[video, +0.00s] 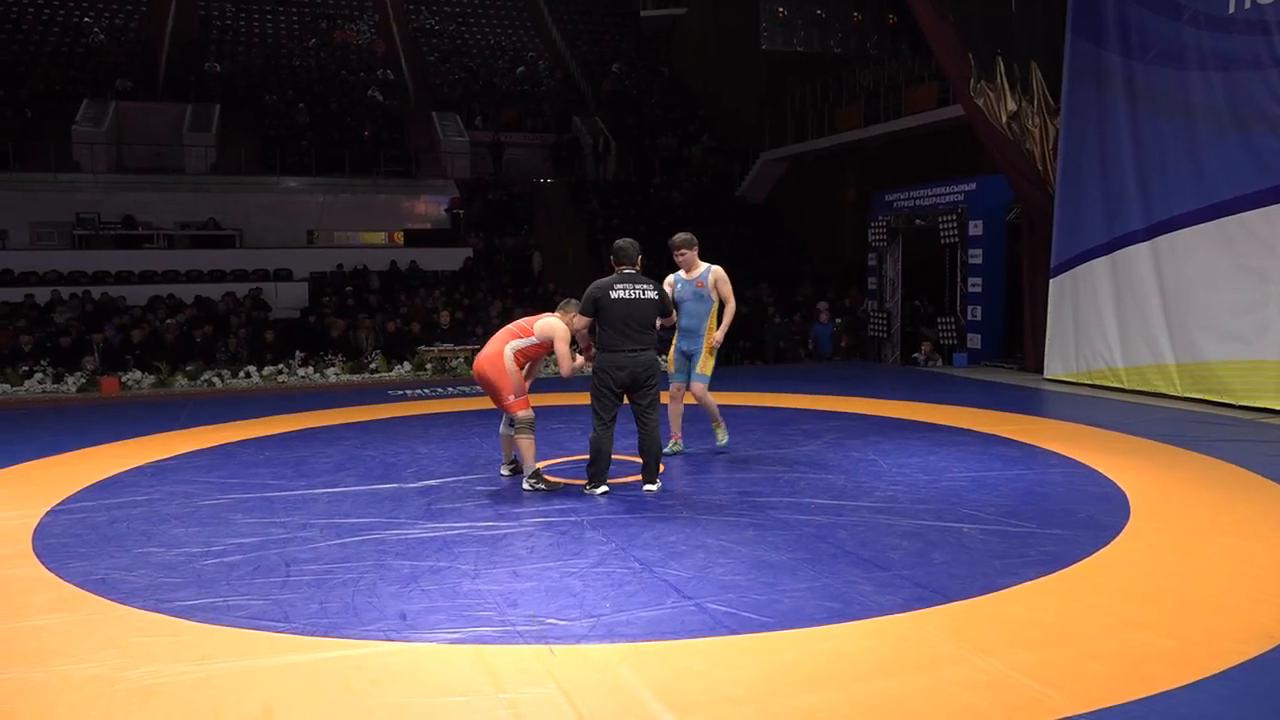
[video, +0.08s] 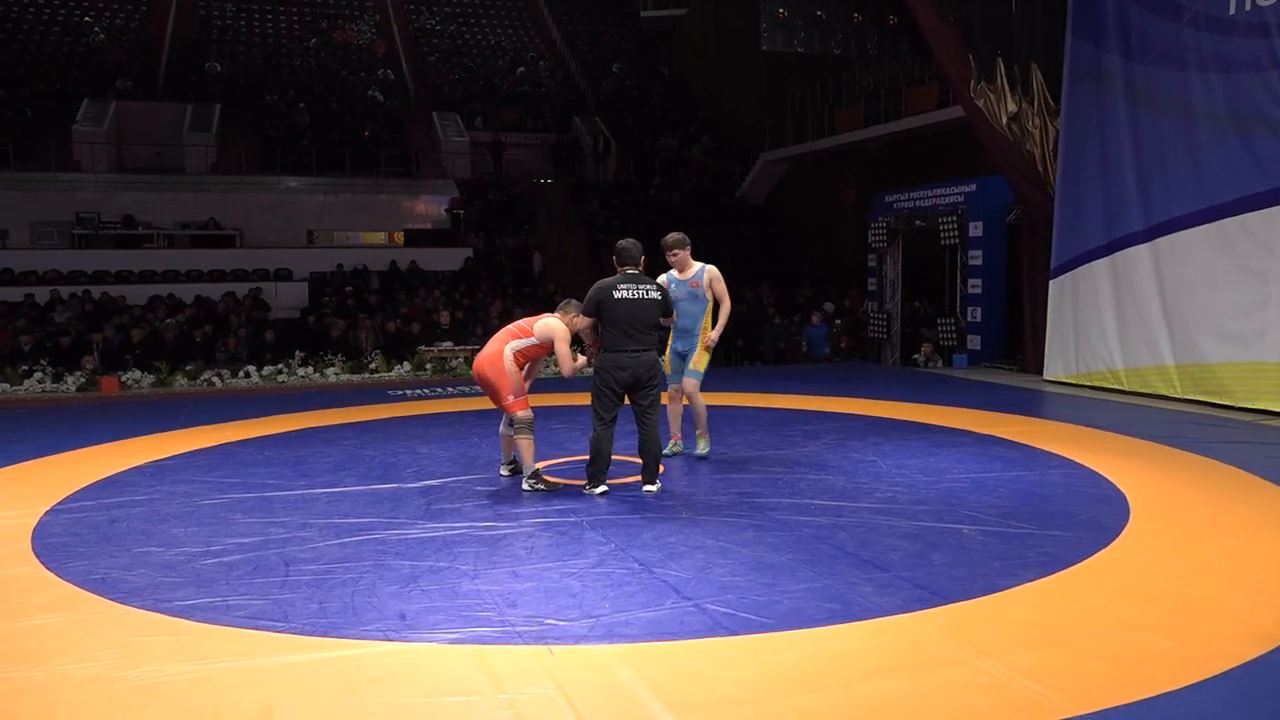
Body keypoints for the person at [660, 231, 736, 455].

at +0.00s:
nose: (678, 259)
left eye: (682, 254)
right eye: (675, 255)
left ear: (695, 251)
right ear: (673, 256)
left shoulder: (715, 273)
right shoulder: (671, 280)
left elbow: (730, 303)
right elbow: (668, 314)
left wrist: (721, 331)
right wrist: (661, 319)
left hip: (704, 343)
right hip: (679, 343)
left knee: (698, 390)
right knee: (675, 391)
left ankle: (718, 424)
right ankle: (676, 439)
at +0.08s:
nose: (671, 259)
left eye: (675, 254)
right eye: (668, 255)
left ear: (688, 251)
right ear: (665, 256)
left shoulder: (709, 272)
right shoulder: (664, 280)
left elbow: (725, 302)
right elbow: (655, 310)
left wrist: (717, 331)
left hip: (700, 342)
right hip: (674, 342)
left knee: (690, 388)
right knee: (673, 392)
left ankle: (702, 436)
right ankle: (675, 439)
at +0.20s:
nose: (663, 262)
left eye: (666, 257)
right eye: (659, 258)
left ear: (678, 252)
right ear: (657, 258)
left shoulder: (702, 274)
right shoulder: (659, 280)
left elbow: (719, 303)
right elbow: (653, 311)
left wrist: (713, 332)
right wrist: (651, 336)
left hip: (692, 344)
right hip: (667, 343)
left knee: (683, 392)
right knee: (668, 396)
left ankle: (681, 444)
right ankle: (674, 440)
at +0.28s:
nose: (658, 264)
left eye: (661, 258)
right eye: (655, 260)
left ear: (674, 254)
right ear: (653, 260)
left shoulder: (699, 275)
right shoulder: (656, 281)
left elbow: (716, 303)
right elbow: (650, 310)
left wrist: (711, 333)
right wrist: (648, 336)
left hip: (688, 345)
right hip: (663, 346)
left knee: (679, 394)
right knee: (666, 396)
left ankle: (675, 447)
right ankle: (671, 442)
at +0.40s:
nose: (653, 266)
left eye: (656, 261)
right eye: (651, 262)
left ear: (670, 256)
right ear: (653, 261)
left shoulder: (696, 278)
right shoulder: (656, 281)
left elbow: (714, 308)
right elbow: (649, 313)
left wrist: (705, 341)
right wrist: (646, 340)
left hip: (683, 347)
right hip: (660, 347)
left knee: (677, 400)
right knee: (663, 400)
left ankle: (676, 451)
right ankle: (670, 445)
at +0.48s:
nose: (653, 265)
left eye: (655, 260)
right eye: (651, 261)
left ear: (668, 255)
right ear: (659, 258)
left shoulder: (693, 277)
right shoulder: (657, 280)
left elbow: (711, 308)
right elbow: (649, 312)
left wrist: (700, 343)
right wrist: (646, 341)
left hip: (682, 346)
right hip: (659, 345)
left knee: (677, 401)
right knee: (659, 400)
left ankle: (676, 452)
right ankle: (669, 443)